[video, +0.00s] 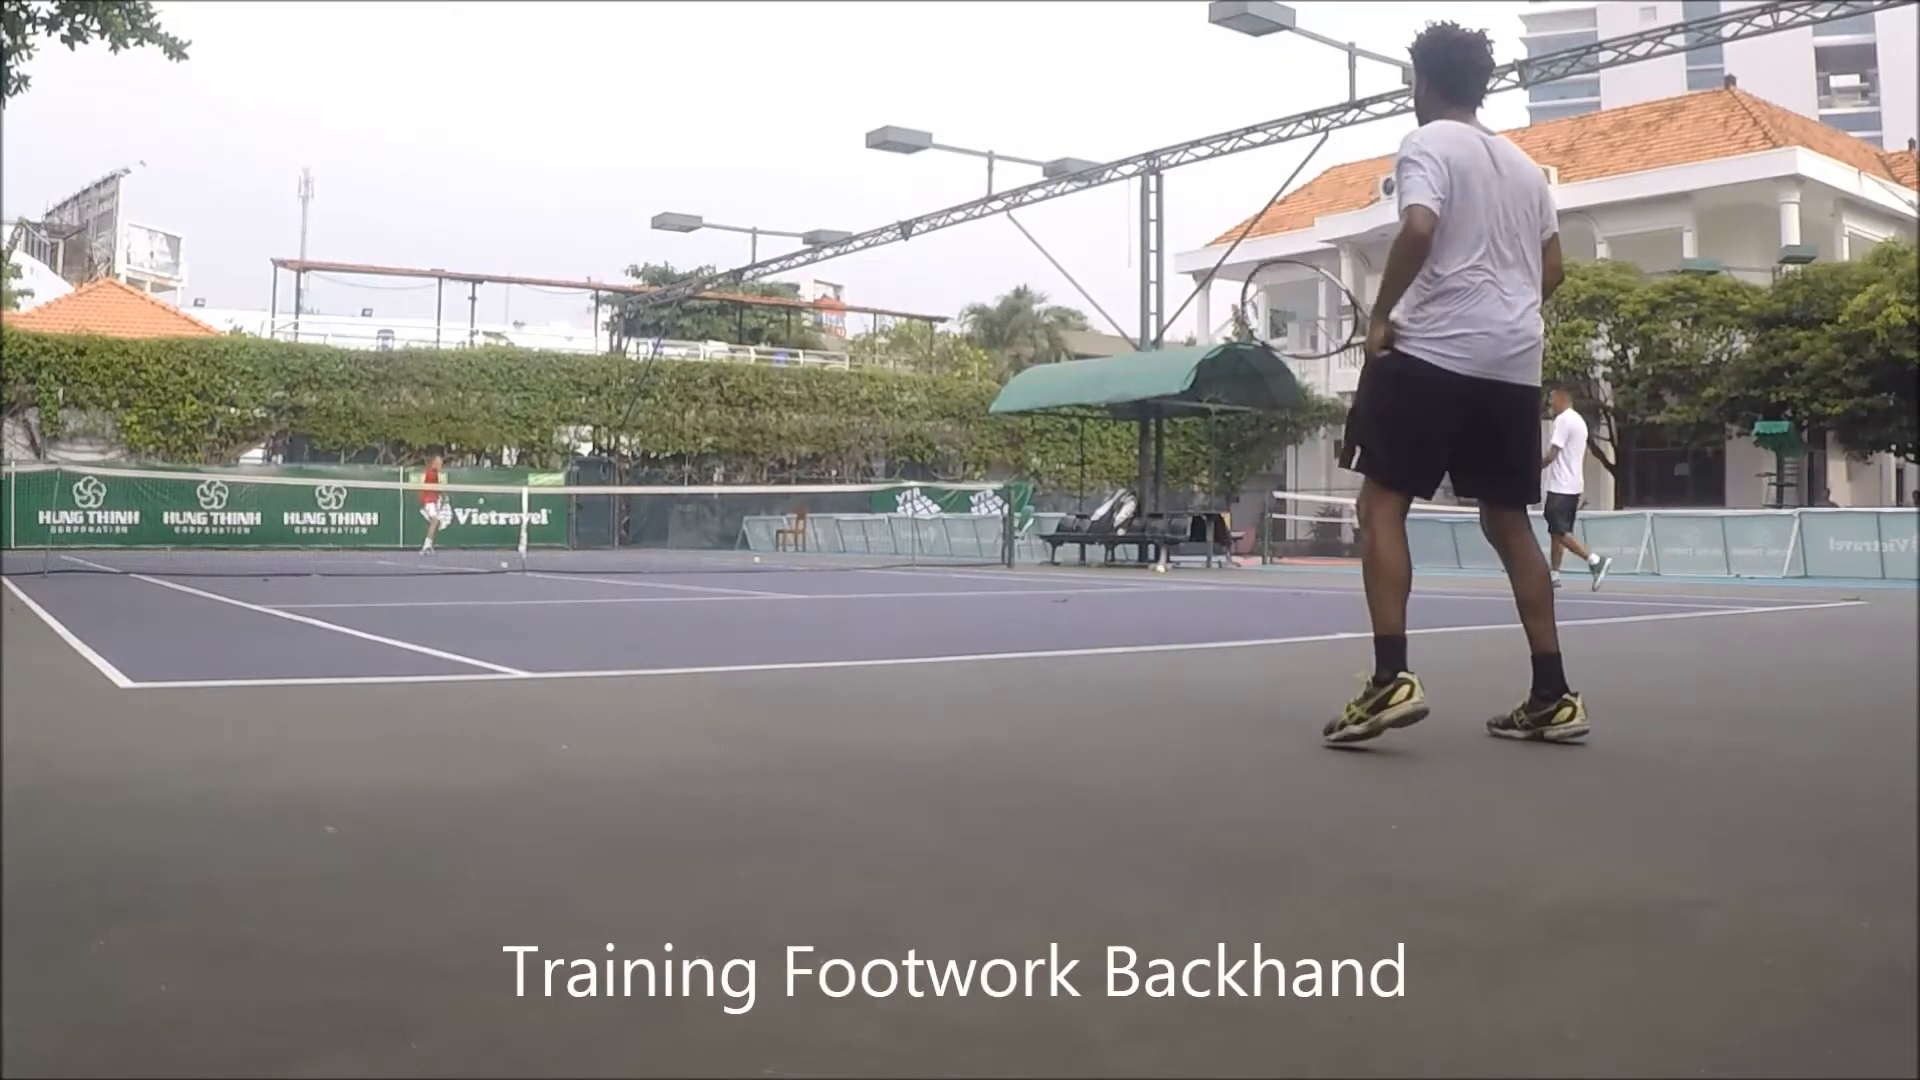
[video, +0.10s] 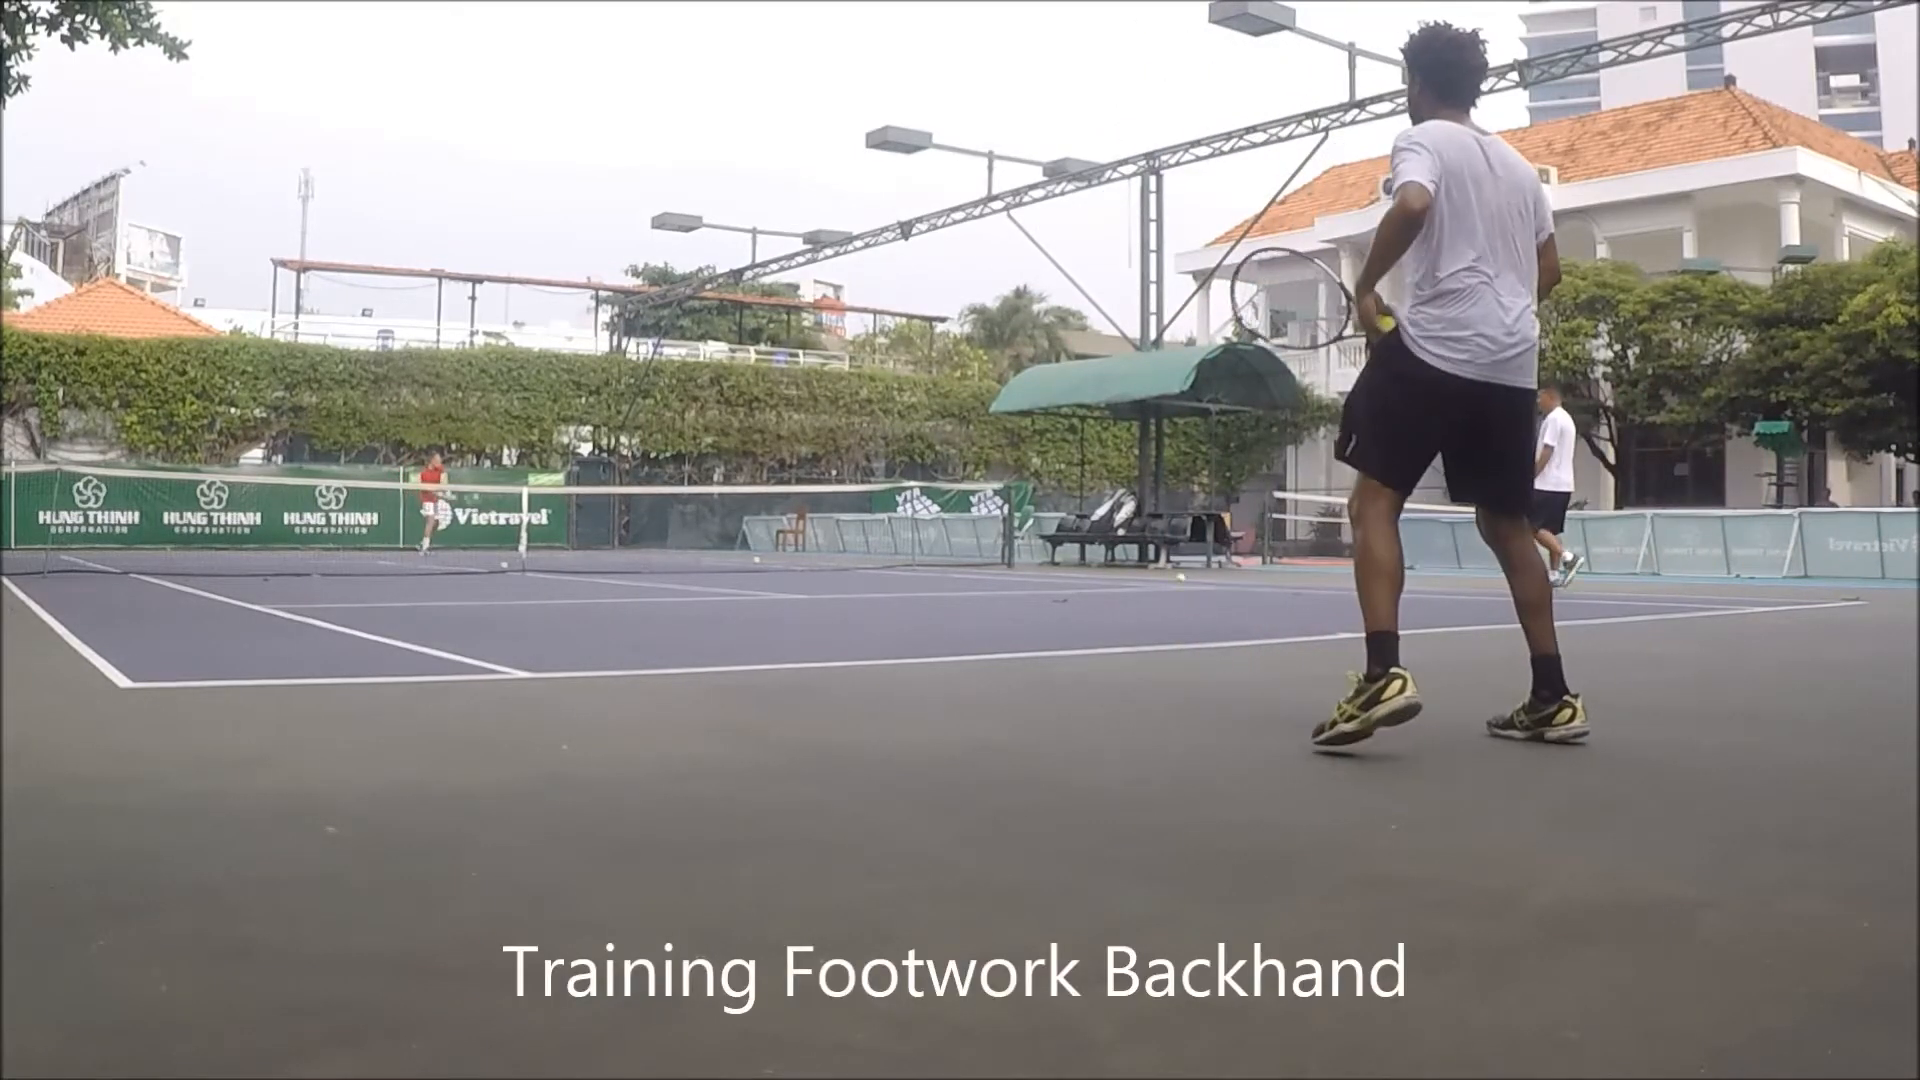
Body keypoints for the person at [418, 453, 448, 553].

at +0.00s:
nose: (440, 465)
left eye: (441, 462)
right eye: (438, 462)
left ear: (439, 463)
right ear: (432, 462)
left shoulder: (435, 474)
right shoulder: (430, 473)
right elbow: (430, 487)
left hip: (434, 500)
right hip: (429, 500)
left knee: (435, 521)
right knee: (435, 520)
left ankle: (429, 545)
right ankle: (427, 545)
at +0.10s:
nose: (439, 463)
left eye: (440, 460)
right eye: (437, 461)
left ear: (441, 461)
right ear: (431, 461)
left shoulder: (442, 472)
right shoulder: (422, 473)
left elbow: (444, 486)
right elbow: (420, 487)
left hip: (439, 499)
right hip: (427, 499)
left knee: (436, 522)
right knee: (430, 519)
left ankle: (424, 541)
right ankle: (426, 544)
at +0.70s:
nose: (437, 459)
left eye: (439, 457)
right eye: (435, 457)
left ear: (442, 459)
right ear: (431, 458)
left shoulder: (443, 469)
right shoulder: (427, 468)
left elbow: (439, 480)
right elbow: (421, 477)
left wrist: (424, 477)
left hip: (438, 495)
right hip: (427, 496)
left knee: (440, 520)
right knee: (427, 520)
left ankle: (441, 544)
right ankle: (425, 543)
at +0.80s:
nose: (436, 461)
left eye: (438, 459)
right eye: (434, 459)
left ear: (442, 460)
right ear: (430, 460)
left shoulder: (442, 472)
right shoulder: (427, 472)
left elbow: (443, 486)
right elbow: (423, 484)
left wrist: (428, 485)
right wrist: (438, 486)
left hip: (439, 502)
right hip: (427, 503)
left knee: (441, 526)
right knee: (426, 525)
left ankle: (441, 547)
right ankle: (423, 546)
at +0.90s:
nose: (435, 460)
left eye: (437, 457)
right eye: (433, 457)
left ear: (441, 459)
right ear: (430, 459)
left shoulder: (442, 472)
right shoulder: (428, 471)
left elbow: (443, 486)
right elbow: (424, 483)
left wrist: (428, 486)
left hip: (438, 501)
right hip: (427, 500)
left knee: (440, 524)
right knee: (423, 522)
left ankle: (441, 545)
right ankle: (419, 545)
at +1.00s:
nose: (433, 458)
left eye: (435, 455)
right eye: (431, 455)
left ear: (438, 456)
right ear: (428, 456)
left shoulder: (441, 469)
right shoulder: (425, 469)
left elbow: (444, 486)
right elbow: (421, 481)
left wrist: (428, 486)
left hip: (437, 498)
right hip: (426, 497)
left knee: (440, 521)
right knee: (421, 519)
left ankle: (441, 544)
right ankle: (417, 544)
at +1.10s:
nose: (429, 460)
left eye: (432, 458)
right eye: (427, 457)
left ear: (436, 459)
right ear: (425, 459)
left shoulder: (439, 470)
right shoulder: (422, 470)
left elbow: (443, 486)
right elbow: (416, 481)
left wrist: (428, 487)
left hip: (435, 499)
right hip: (423, 499)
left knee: (439, 521)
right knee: (417, 517)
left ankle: (440, 541)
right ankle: (415, 540)